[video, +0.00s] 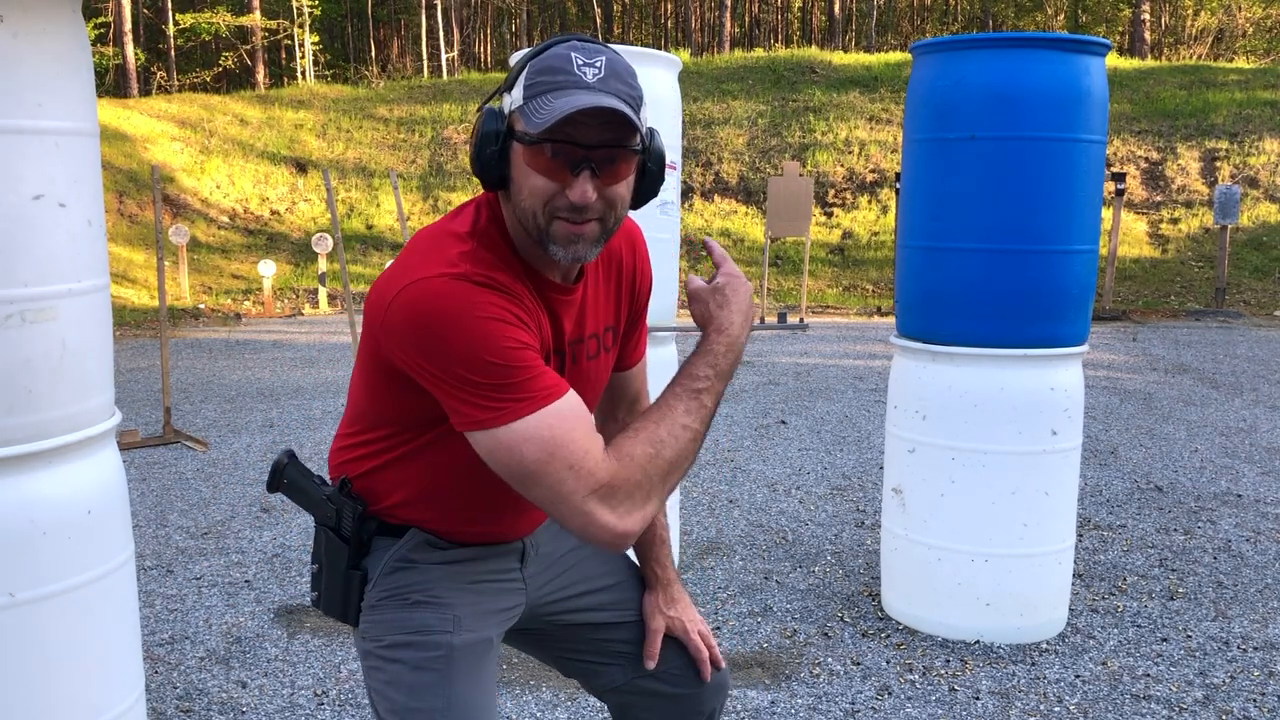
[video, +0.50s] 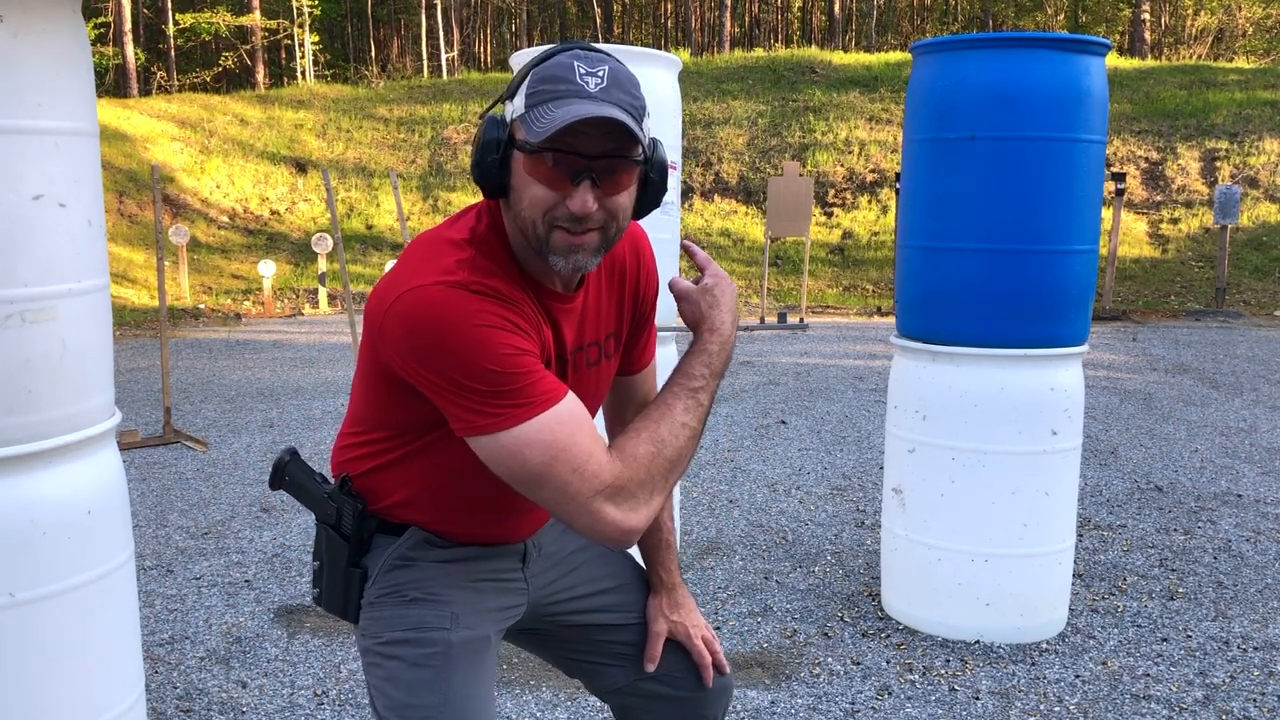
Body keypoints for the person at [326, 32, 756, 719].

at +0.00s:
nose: (583, 190)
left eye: (610, 157)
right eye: (557, 154)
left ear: (639, 165)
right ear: (503, 154)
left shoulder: (622, 252)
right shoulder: (445, 296)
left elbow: (626, 420)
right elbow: (610, 509)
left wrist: (661, 574)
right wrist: (722, 343)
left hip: (550, 537)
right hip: (426, 562)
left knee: (690, 686)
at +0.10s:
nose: (582, 192)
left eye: (608, 160)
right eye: (557, 157)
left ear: (637, 168)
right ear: (501, 155)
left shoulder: (620, 250)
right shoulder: (445, 298)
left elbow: (625, 418)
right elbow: (617, 504)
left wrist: (660, 574)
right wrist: (714, 337)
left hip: (547, 534)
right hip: (423, 561)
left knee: (689, 686)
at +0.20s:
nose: (582, 196)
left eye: (609, 164)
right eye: (557, 160)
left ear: (637, 171)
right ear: (500, 158)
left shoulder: (619, 251)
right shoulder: (443, 299)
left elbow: (625, 419)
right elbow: (619, 503)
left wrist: (661, 575)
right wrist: (711, 336)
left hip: (546, 535)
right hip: (423, 562)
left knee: (689, 685)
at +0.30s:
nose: (582, 198)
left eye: (609, 166)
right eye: (557, 161)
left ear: (637, 174)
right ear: (500, 160)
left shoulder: (621, 254)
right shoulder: (442, 302)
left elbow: (627, 425)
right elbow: (619, 504)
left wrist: (662, 578)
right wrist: (710, 337)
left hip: (547, 535)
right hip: (423, 562)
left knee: (691, 686)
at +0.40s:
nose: (582, 200)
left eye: (609, 168)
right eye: (556, 164)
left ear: (639, 175)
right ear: (501, 161)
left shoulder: (625, 255)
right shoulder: (442, 303)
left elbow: (631, 421)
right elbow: (616, 508)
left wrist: (664, 579)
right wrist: (711, 339)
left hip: (549, 535)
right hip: (424, 560)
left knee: (693, 687)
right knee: (449, 705)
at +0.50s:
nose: (583, 200)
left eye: (610, 168)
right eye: (557, 164)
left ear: (641, 176)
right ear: (504, 162)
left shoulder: (628, 256)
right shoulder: (441, 303)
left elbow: (635, 424)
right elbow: (615, 508)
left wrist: (667, 581)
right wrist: (714, 338)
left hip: (552, 536)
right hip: (427, 560)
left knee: (695, 686)